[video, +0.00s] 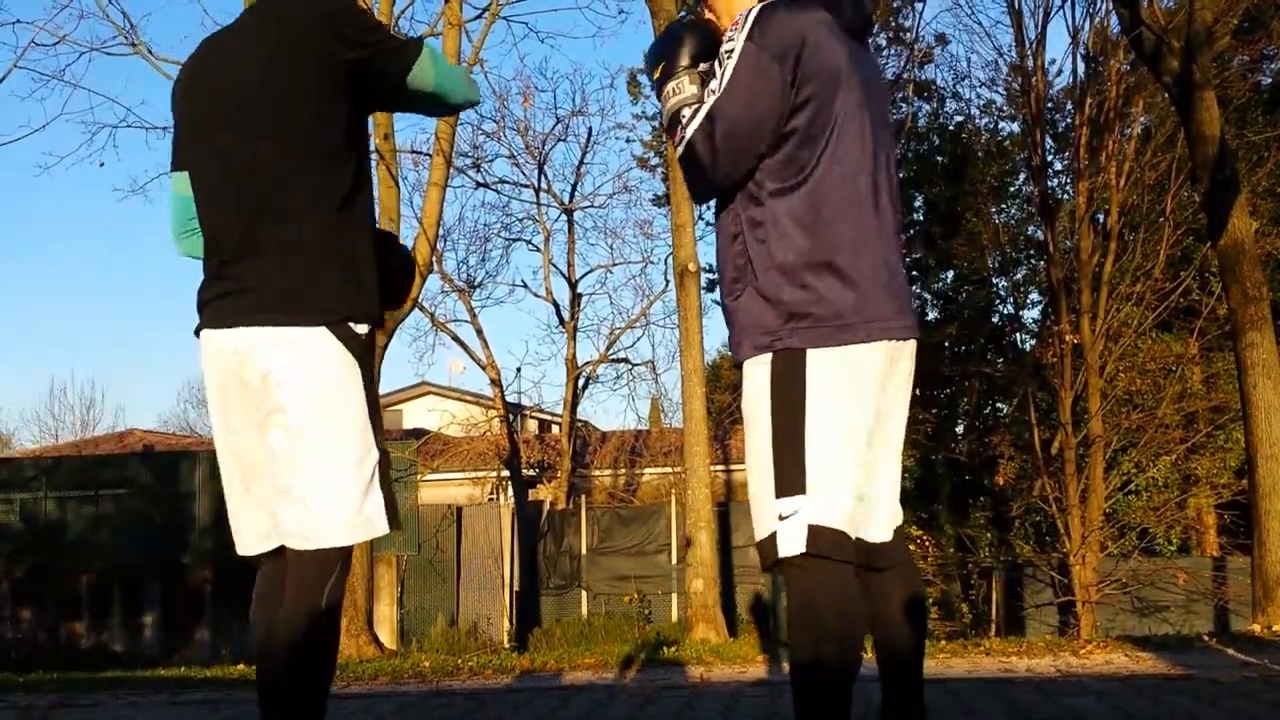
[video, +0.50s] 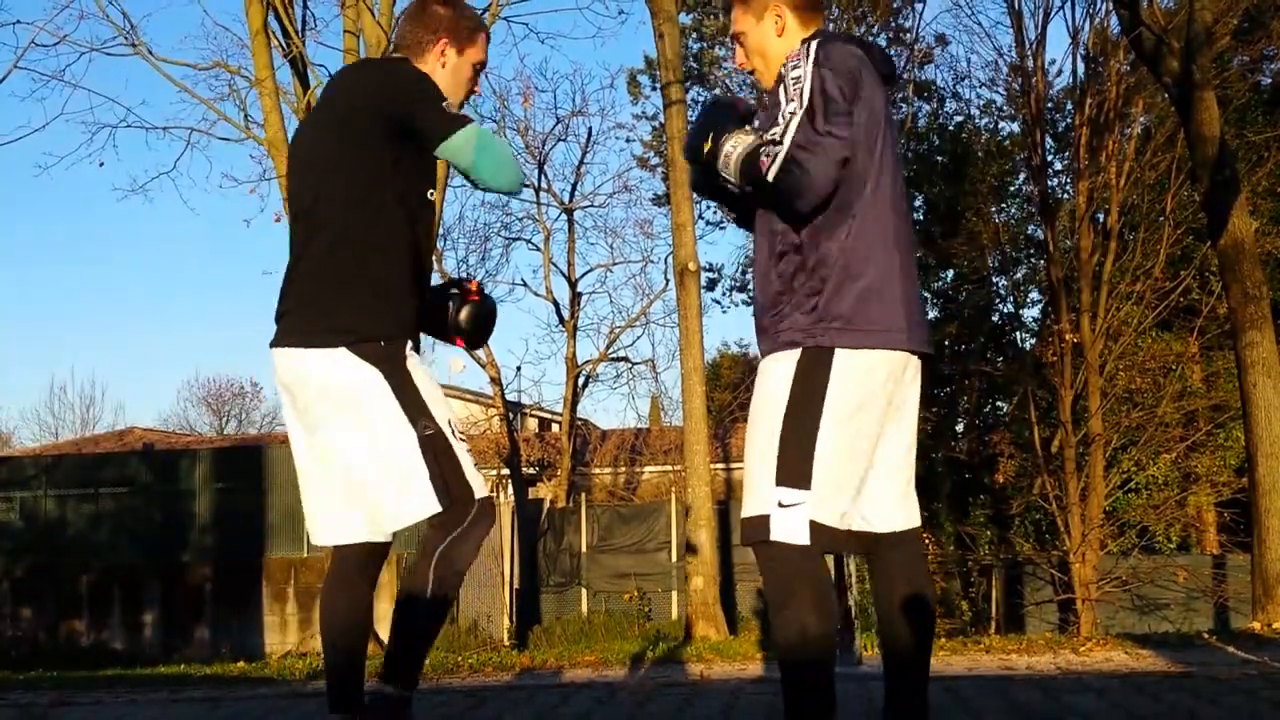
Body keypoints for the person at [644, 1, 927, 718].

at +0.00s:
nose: (705, 14)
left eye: (706, 6)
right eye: (703, 10)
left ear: (728, 0)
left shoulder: (776, 31)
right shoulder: (848, 40)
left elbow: (710, 162)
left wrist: (679, 82)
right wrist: (724, 67)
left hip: (807, 322)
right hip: (878, 314)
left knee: (806, 540)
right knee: (875, 533)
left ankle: (821, 718)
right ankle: (906, 713)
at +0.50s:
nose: (735, 58)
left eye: (739, 38)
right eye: (732, 43)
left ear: (778, 17)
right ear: (782, 18)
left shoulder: (825, 61)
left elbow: (803, 182)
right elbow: (774, 214)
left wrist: (731, 143)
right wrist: (718, 157)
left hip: (827, 332)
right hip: (887, 330)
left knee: (778, 528)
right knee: (888, 525)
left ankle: (807, 713)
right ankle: (908, 711)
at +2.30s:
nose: (905, 43)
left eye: (915, 23)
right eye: (901, 27)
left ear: (970, 13)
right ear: (963, 20)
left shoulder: (1028, 68)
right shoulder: (974, 109)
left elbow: (1025, 202)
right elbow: (972, 243)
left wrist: (926, 179)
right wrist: (914, 193)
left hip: (1054, 340)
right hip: (990, 348)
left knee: (1099, 526)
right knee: (971, 515)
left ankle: (1135, 710)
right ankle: (1001, 700)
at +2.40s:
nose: (923, 45)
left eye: (932, 25)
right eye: (920, 29)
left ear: (986, 13)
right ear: (976, 19)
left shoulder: (1045, 65)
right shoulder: (994, 101)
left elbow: (1023, 192)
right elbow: (978, 227)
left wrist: (929, 147)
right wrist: (916, 168)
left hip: (1064, 334)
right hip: (999, 342)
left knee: (1097, 526)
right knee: (986, 508)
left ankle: (1134, 708)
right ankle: (1052, 689)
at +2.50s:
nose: (944, 43)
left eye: (953, 24)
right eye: (941, 28)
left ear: (1006, 11)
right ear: (994, 17)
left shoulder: (1058, 66)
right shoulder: (1015, 93)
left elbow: (1014, 186)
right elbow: (977, 212)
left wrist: (939, 126)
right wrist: (922, 140)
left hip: (1061, 336)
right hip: (1011, 343)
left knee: (1086, 526)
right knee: (1032, 527)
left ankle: (1131, 706)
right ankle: (1109, 692)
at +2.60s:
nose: (959, 48)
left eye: (968, 27)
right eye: (956, 32)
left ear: (1020, 15)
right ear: (1016, 21)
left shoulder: (1066, 73)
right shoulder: (1023, 100)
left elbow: (1028, 180)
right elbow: (981, 211)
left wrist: (948, 133)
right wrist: (936, 140)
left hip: (1056, 338)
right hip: (1025, 341)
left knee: (1078, 526)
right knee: (1061, 527)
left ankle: (1128, 705)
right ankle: (1124, 701)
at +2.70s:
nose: (961, 53)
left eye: (970, 33)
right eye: (958, 38)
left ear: (1021, 23)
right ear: (1012, 27)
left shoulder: (1063, 77)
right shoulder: (1025, 103)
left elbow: (1063, 189)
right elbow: (994, 217)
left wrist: (962, 157)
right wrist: (947, 163)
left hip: (1054, 334)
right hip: (1026, 335)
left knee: (1062, 522)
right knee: (1058, 522)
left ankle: (1123, 703)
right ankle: (1119, 700)